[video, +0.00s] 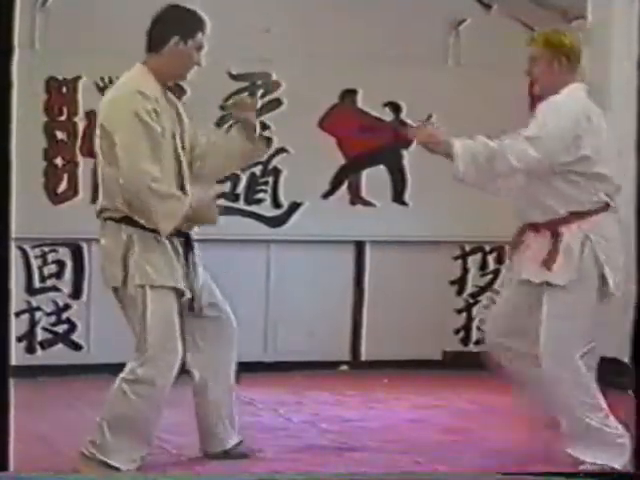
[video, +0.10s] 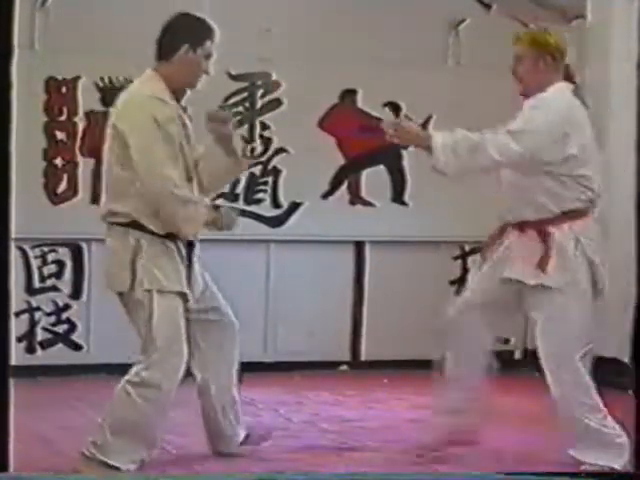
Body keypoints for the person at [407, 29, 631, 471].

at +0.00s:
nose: (529, 73)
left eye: (536, 63)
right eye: (530, 64)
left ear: (560, 66)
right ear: (556, 68)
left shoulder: (571, 107)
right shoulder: (556, 110)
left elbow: (521, 157)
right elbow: (511, 166)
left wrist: (450, 148)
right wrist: (448, 149)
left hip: (582, 241)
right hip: (544, 241)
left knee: (561, 355)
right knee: (504, 335)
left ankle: (607, 453)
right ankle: (573, 419)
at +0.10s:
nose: (515, 71)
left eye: (521, 62)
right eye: (515, 63)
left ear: (547, 64)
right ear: (540, 67)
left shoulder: (559, 106)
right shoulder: (542, 108)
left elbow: (504, 148)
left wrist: (426, 140)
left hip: (563, 245)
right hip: (525, 241)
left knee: (559, 354)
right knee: (464, 317)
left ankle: (606, 453)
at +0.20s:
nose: (491, 68)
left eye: (498, 58)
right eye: (490, 59)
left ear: (524, 60)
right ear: (512, 64)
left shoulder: (540, 105)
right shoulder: (517, 107)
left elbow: (485, 145)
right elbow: (475, 144)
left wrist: (411, 148)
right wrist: (413, 142)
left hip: (530, 243)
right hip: (486, 240)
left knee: (557, 356)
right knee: (433, 337)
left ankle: (599, 453)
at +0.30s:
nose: (474, 67)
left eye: (483, 58)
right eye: (472, 59)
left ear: (509, 60)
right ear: (471, 63)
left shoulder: (527, 109)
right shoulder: (452, 107)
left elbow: (492, 156)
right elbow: (435, 159)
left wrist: (422, 161)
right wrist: (407, 153)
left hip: (510, 241)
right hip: (455, 239)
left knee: (543, 353)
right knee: (415, 344)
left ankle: (594, 452)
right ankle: (369, 439)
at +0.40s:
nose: (435, 59)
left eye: (444, 50)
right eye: (432, 50)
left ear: (468, 52)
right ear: (431, 53)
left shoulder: (496, 102)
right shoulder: (420, 98)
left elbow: (522, 172)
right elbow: (360, 100)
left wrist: (466, 188)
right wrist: (312, 83)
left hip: (493, 238)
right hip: (436, 235)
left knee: (522, 348)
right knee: (407, 341)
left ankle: (569, 443)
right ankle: (376, 445)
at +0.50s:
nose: (413, 71)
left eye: (421, 63)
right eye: (410, 63)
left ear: (450, 56)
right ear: (407, 59)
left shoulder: (489, 98)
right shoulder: (397, 97)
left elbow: (528, 156)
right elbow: (344, 90)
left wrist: (482, 188)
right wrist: (295, 80)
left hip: (491, 235)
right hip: (431, 233)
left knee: (513, 341)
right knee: (408, 338)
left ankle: (544, 440)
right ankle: (378, 442)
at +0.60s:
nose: (396, 75)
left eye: (403, 66)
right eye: (391, 67)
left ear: (430, 60)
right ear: (387, 66)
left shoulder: (474, 95)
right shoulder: (378, 115)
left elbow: (524, 134)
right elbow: (330, 146)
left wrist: (498, 181)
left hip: (485, 229)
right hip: (421, 233)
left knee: (507, 340)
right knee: (401, 339)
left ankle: (521, 439)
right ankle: (379, 443)